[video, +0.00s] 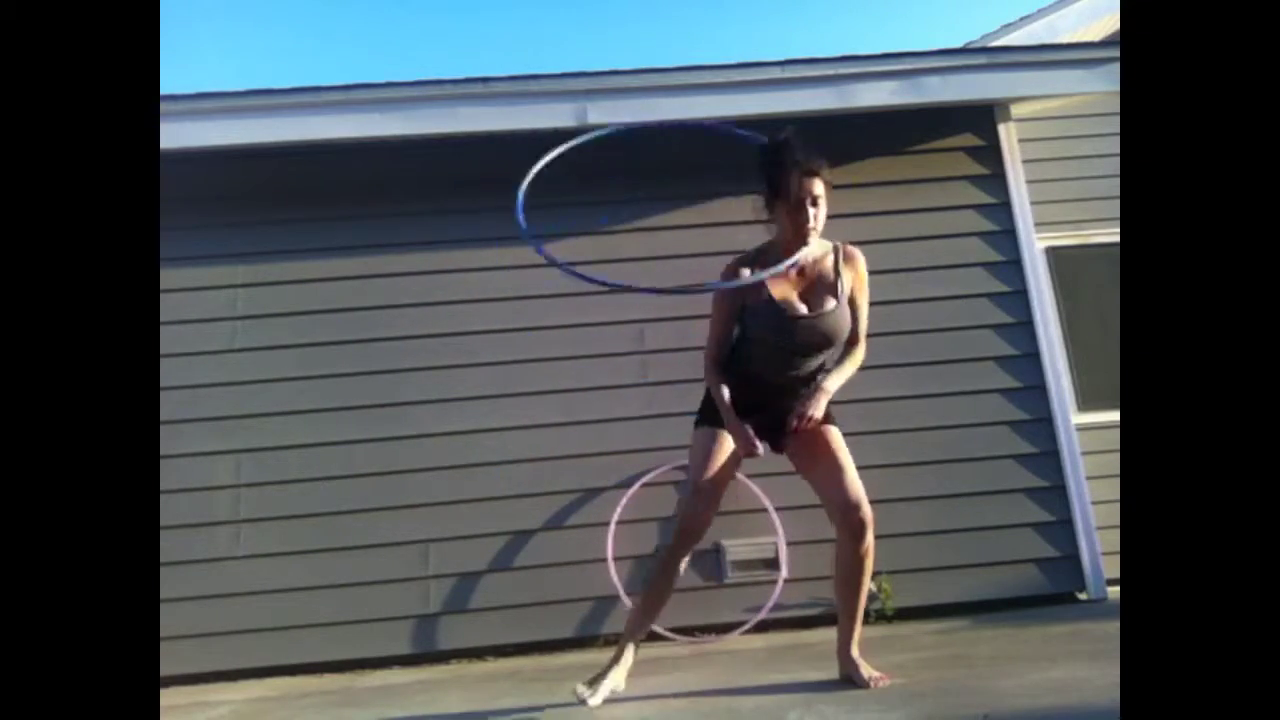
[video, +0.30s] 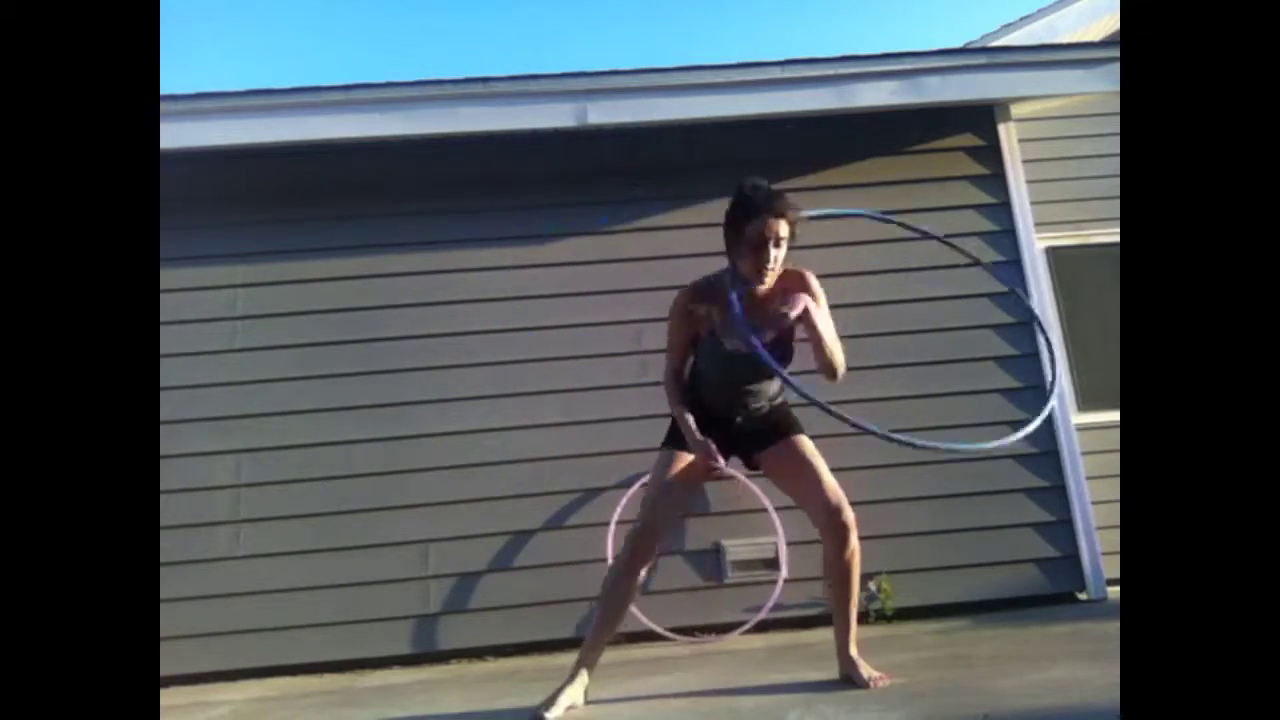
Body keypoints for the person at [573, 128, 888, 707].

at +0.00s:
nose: (810, 212)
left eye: (818, 199)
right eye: (798, 201)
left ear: (829, 200)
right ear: (773, 207)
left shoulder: (848, 263)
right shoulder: (742, 274)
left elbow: (857, 345)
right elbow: (713, 363)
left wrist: (823, 392)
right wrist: (732, 422)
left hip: (802, 405)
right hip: (736, 402)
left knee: (858, 517)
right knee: (687, 529)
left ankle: (849, 652)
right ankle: (622, 659)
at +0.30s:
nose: (769, 254)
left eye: (779, 242)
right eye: (757, 243)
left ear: (788, 242)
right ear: (732, 242)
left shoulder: (800, 285)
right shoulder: (697, 300)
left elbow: (833, 370)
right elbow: (672, 378)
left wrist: (816, 319)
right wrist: (696, 438)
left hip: (768, 418)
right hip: (701, 421)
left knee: (840, 520)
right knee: (642, 545)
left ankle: (848, 655)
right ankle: (580, 675)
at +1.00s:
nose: (625, 243)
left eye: (633, 230)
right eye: (612, 232)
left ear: (642, 231)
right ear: (582, 233)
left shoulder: (658, 289)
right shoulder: (554, 286)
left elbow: (673, 387)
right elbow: (549, 366)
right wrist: (586, 357)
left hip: (668, 399)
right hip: (601, 406)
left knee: (754, 526)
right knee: (574, 538)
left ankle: (841, 650)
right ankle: (574, 680)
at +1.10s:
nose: (631, 230)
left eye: (639, 218)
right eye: (617, 220)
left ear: (649, 220)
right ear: (593, 224)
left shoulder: (672, 282)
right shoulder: (571, 274)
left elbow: (692, 374)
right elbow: (528, 343)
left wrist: (647, 417)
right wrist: (552, 285)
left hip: (672, 400)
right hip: (604, 407)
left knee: (752, 519)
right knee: (573, 539)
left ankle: (834, 651)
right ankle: (573, 681)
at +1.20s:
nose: (642, 214)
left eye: (652, 203)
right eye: (631, 205)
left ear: (669, 209)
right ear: (614, 214)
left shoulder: (694, 273)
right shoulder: (593, 258)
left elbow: (718, 358)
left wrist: (663, 399)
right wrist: (584, 216)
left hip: (685, 396)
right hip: (614, 398)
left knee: (759, 517)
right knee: (587, 534)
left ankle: (833, 655)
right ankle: (574, 682)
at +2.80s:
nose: (633, 240)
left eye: (640, 230)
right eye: (619, 230)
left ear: (647, 234)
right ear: (584, 237)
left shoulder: (665, 291)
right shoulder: (558, 300)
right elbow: (546, 371)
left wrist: (620, 296)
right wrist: (594, 394)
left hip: (671, 405)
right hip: (603, 413)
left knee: (753, 518)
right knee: (578, 537)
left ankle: (833, 655)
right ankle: (568, 681)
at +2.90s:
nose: (635, 243)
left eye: (641, 232)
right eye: (621, 234)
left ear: (648, 234)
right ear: (586, 240)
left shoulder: (663, 297)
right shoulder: (558, 291)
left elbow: (664, 396)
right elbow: (545, 380)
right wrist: (584, 355)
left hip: (662, 407)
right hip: (596, 411)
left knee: (748, 520)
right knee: (571, 542)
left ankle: (830, 656)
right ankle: (568, 680)